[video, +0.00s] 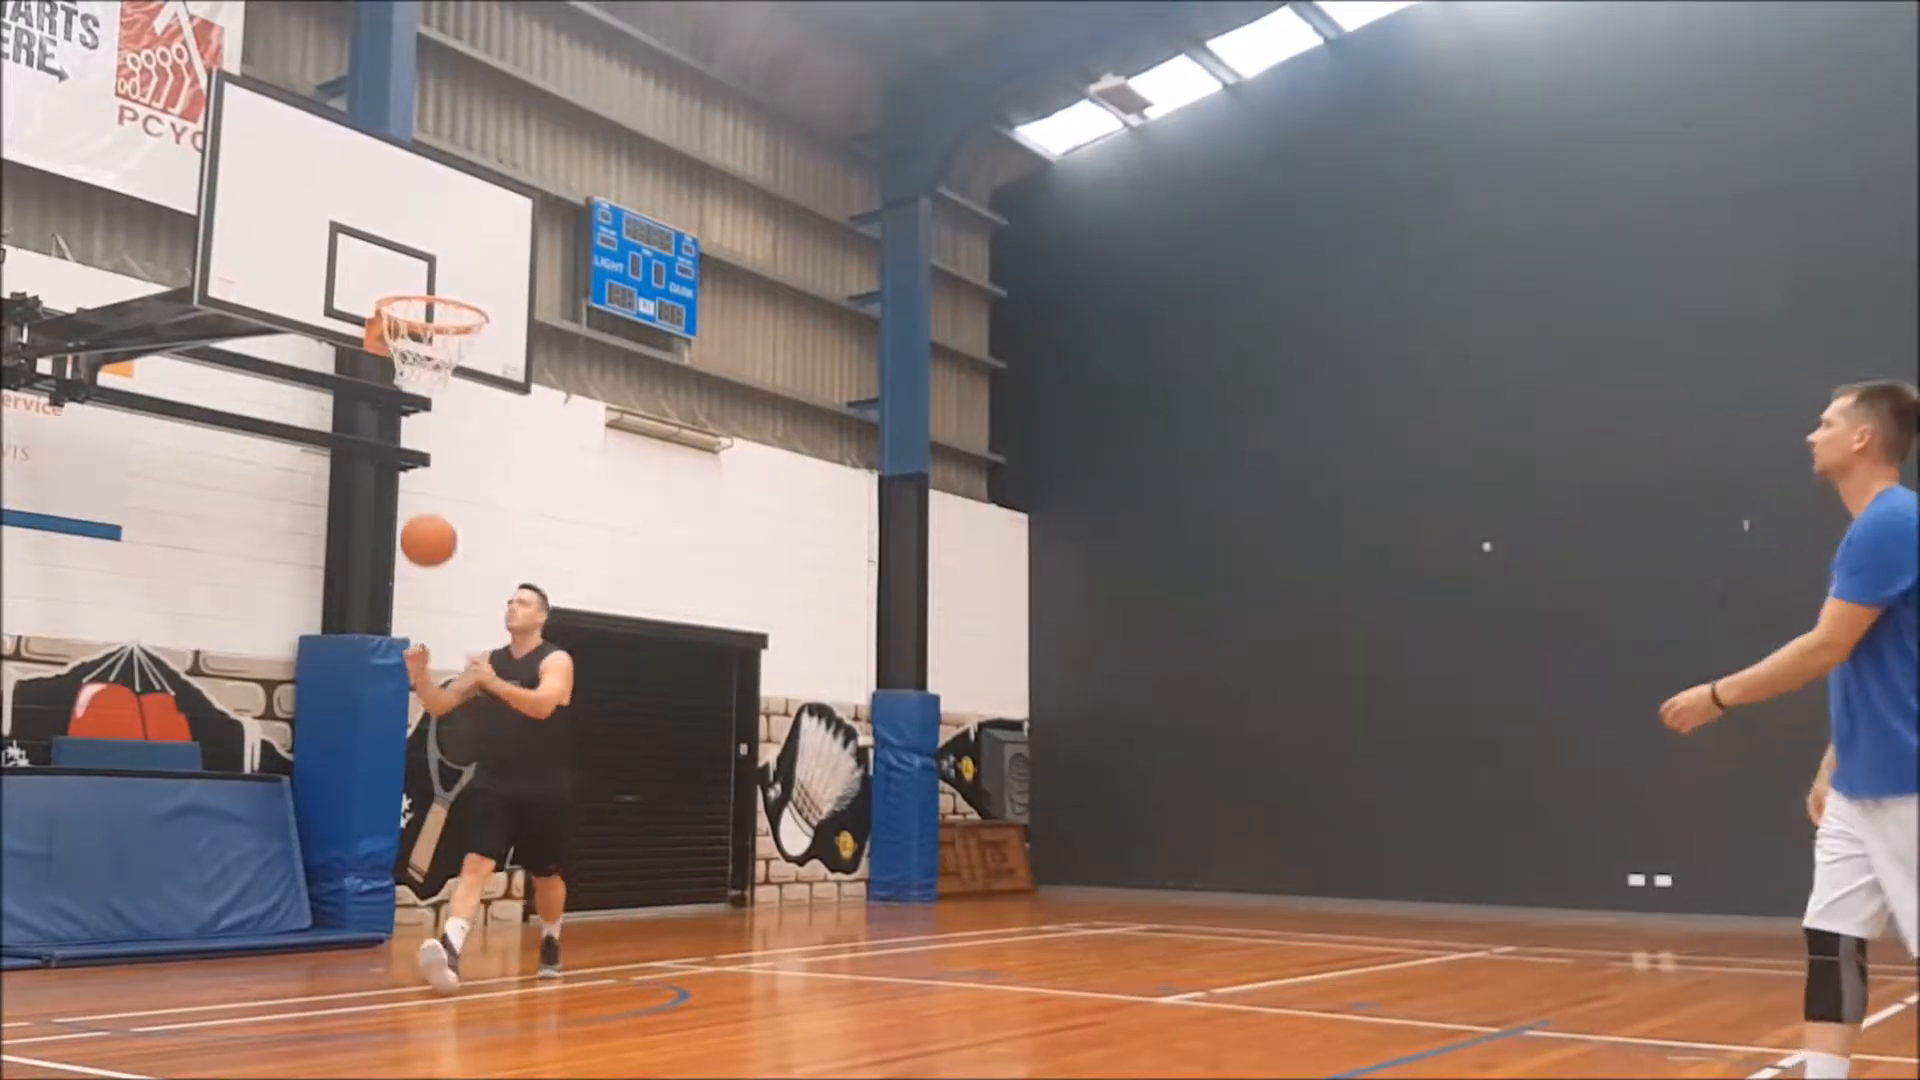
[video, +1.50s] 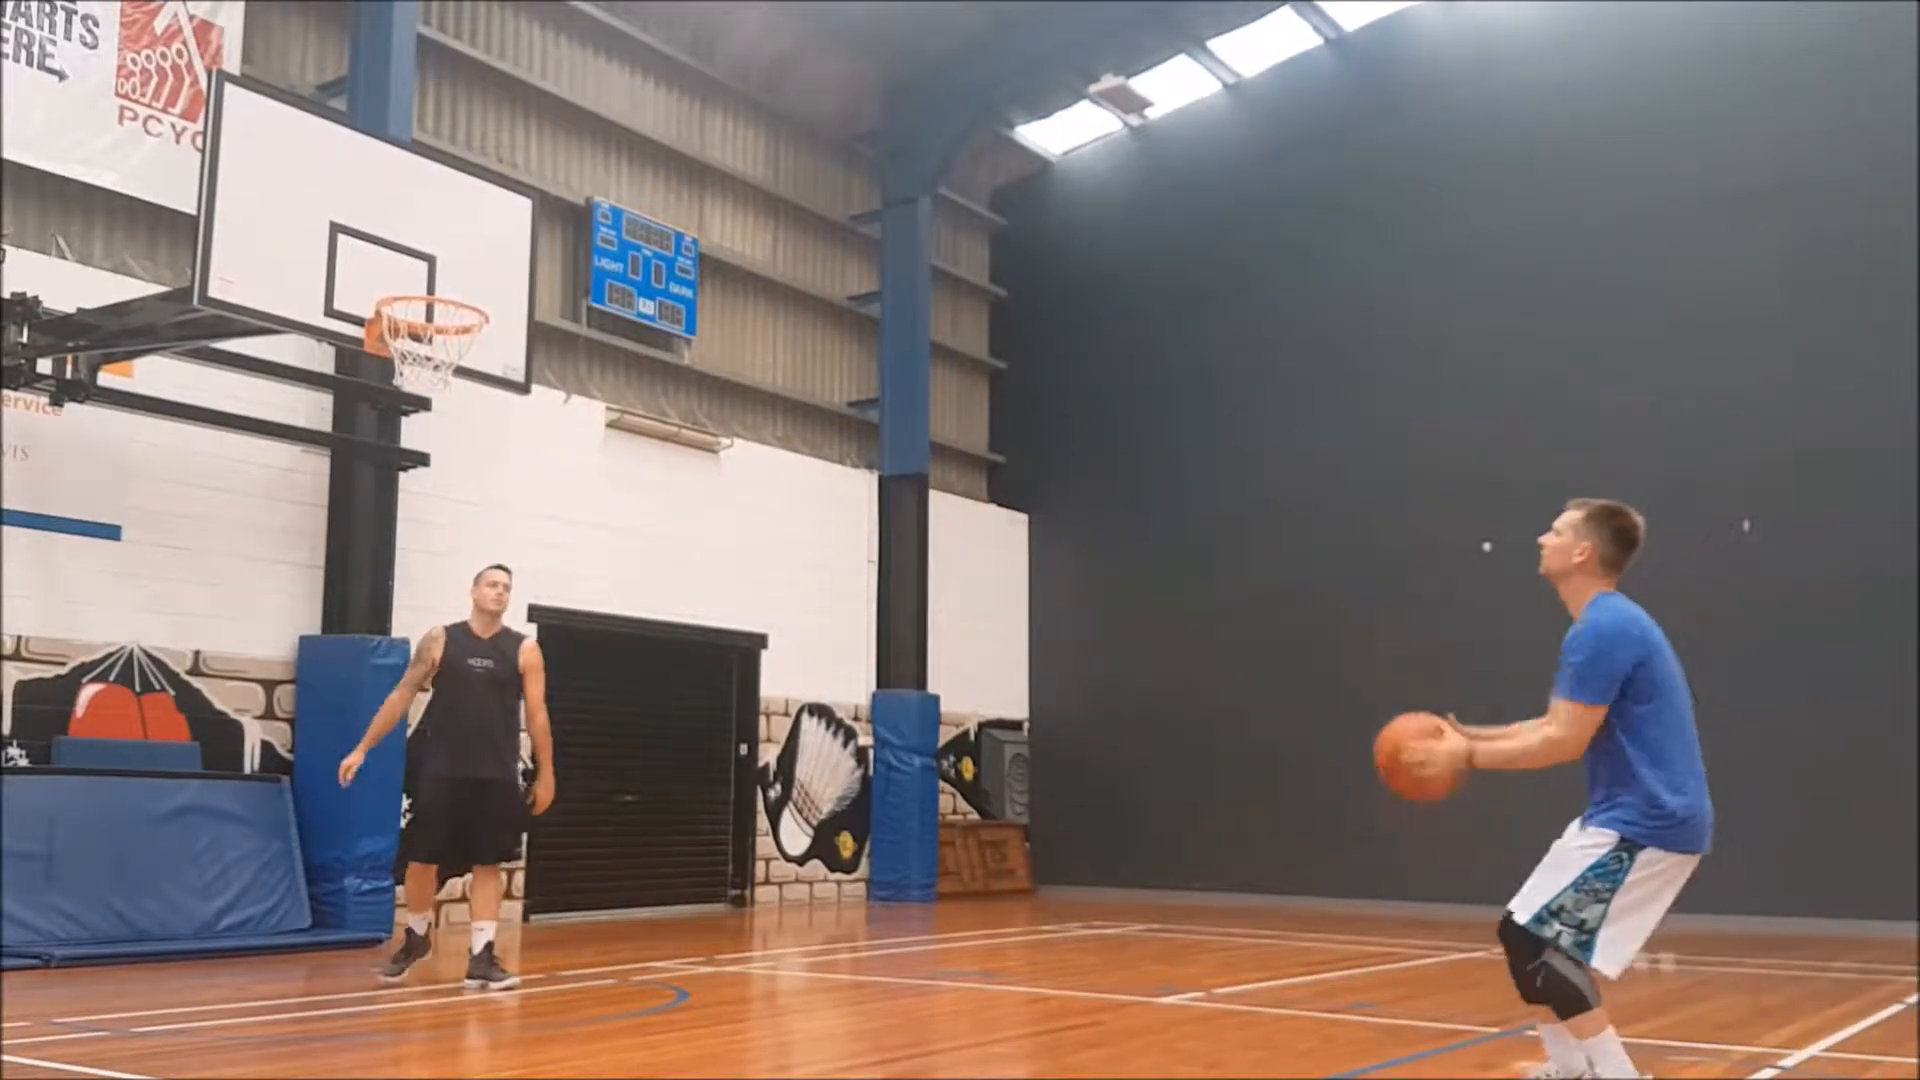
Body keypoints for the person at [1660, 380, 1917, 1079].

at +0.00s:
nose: (1812, 437)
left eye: (1825, 424)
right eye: (1818, 425)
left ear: (1864, 438)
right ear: (1866, 440)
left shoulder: (1891, 521)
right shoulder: (1873, 525)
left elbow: (1831, 645)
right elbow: (1877, 670)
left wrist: (1716, 694)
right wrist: (1834, 764)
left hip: (1905, 788)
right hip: (1857, 788)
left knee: (1919, 949)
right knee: (1833, 936)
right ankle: (1824, 1074)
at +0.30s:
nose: (1852, 434)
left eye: (1865, 423)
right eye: (1858, 422)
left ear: (1904, 436)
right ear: (1900, 437)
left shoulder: (1913, 534)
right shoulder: (1907, 532)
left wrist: (1890, 738)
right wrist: (1894, 740)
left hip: (1916, 774)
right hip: (1912, 772)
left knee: (1886, 907)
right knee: (1878, 906)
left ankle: (1916, 1051)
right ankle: (1914, 1051)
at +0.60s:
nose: (1845, 463)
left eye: (1858, 449)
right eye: (1850, 450)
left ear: (1895, 460)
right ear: (1894, 461)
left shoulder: (1902, 543)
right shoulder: (1902, 541)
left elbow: (1913, 660)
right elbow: (1911, 668)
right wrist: (1871, 731)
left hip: (1917, 791)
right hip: (1912, 788)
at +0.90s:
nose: (1780, 462)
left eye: (1791, 450)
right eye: (1784, 450)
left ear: (1825, 460)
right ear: (1838, 464)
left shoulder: (1824, 533)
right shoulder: (1879, 535)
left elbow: (1712, 605)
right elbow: (1755, 593)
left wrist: (1641, 552)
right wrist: (1685, 533)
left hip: (1871, 759)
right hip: (1904, 757)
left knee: (1771, 896)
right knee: (1913, 904)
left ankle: (1818, 1062)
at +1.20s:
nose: (1621, 509)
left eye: (1634, 501)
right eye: (1628, 498)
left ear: (1666, 518)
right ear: (1685, 523)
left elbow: (1644, 714)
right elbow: (1705, 683)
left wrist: (1581, 678)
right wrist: (1621, 649)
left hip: (1742, 792)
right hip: (1800, 790)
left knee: (1636, 918)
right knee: (1804, 951)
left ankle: (1631, 1069)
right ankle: (1915, 1014)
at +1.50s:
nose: (1542, 539)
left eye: (1554, 532)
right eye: (1550, 530)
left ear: (1583, 553)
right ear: (1582, 554)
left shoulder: (1608, 627)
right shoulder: (1594, 628)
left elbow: (1566, 741)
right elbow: (1553, 727)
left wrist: (1468, 755)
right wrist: (1466, 737)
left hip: (1650, 820)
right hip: (1621, 813)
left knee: (1542, 942)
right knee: (1521, 930)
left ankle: (1618, 1072)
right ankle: (1568, 1067)